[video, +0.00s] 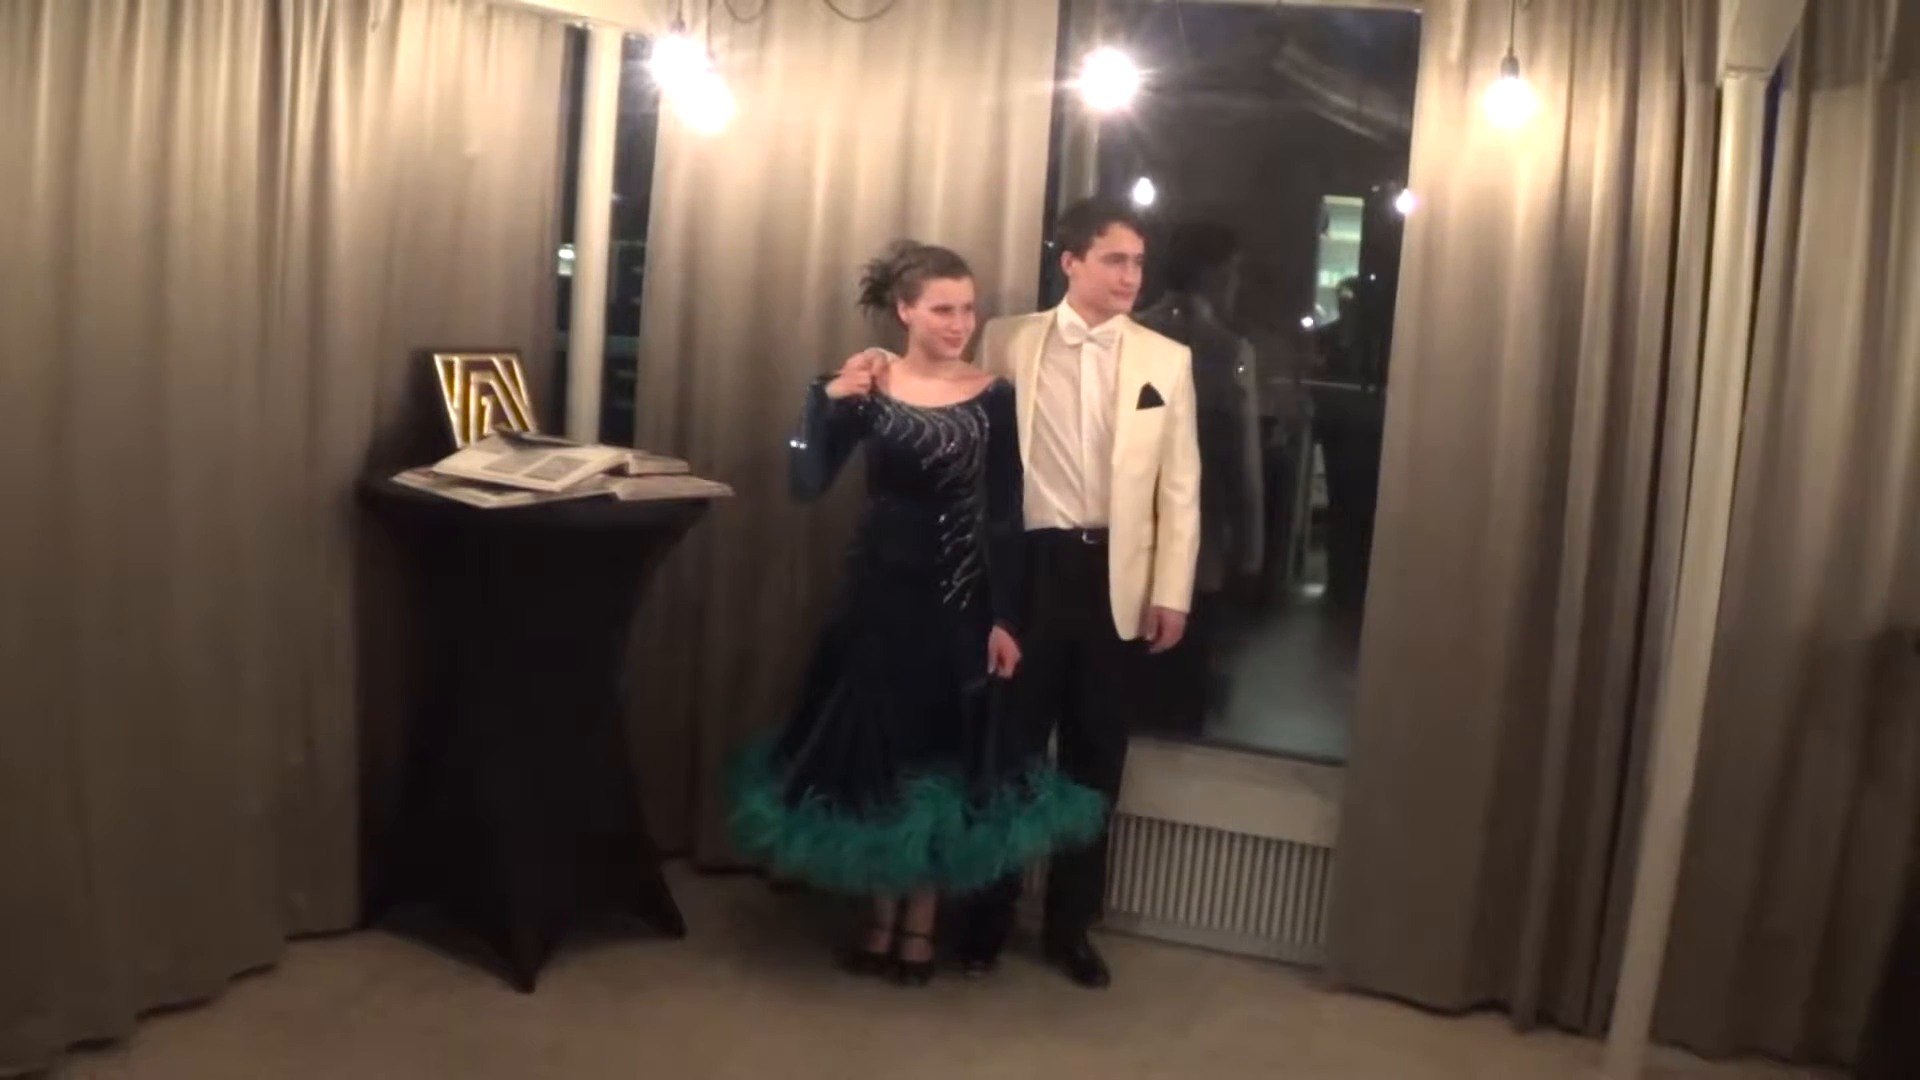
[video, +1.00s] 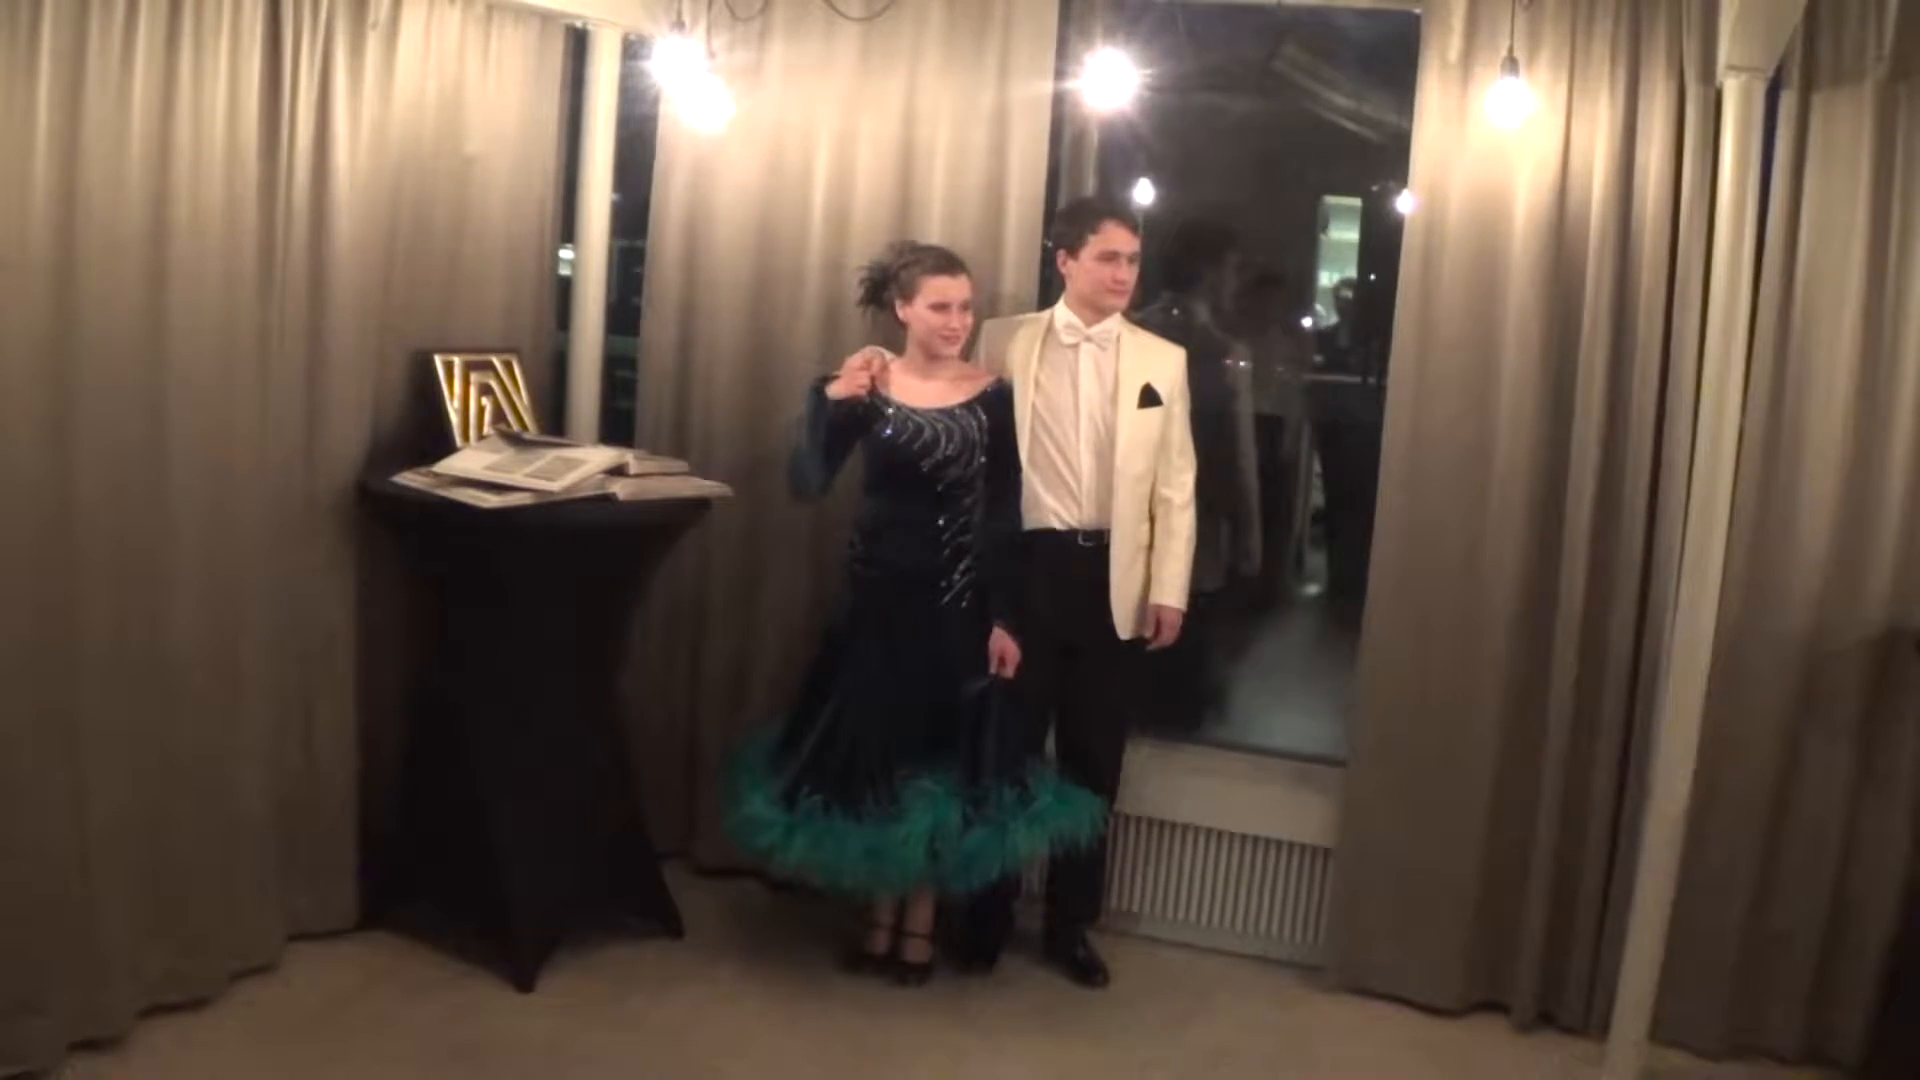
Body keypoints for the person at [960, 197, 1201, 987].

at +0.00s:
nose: (1129, 276)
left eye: (1138, 264)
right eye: (1114, 260)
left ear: (1144, 274)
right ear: (1069, 263)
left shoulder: (1167, 362)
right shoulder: (1009, 342)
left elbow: (1181, 488)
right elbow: (970, 456)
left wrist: (1172, 592)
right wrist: (964, 566)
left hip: (1115, 573)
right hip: (1021, 566)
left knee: (1096, 755)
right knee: (1007, 741)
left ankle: (1071, 927)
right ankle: (981, 920)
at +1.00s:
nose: (1124, 275)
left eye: (1133, 262)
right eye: (1109, 259)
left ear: (1141, 272)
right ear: (1064, 262)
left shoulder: (1163, 362)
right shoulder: (1007, 343)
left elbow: (1177, 485)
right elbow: (967, 457)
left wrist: (1169, 588)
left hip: (1114, 575)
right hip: (1020, 567)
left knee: (1094, 756)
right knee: (1005, 742)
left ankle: (1071, 926)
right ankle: (980, 921)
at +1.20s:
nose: (1122, 274)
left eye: (1131, 261)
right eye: (1107, 258)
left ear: (1140, 273)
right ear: (1063, 262)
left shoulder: (1162, 362)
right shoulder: (1007, 342)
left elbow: (1179, 484)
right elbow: (965, 452)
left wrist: (1173, 587)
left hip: (1114, 576)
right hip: (1020, 565)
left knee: (1095, 755)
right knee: (1006, 740)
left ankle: (1071, 926)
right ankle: (980, 920)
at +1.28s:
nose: (1121, 272)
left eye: (1130, 260)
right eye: (1106, 257)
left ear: (1139, 272)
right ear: (1063, 262)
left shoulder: (1164, 362)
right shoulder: (1008, 342)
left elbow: (1182, 484)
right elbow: (960, 442)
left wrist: (1178, 587)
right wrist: (881, 365)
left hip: (1114, 576)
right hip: (1020, 565)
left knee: (1095, 755)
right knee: (1006, 740)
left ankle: (1070, 925)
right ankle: (980, 919)